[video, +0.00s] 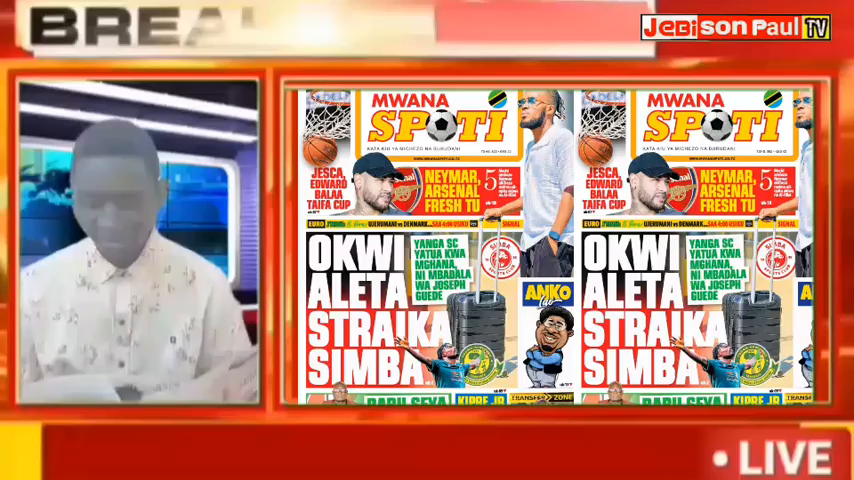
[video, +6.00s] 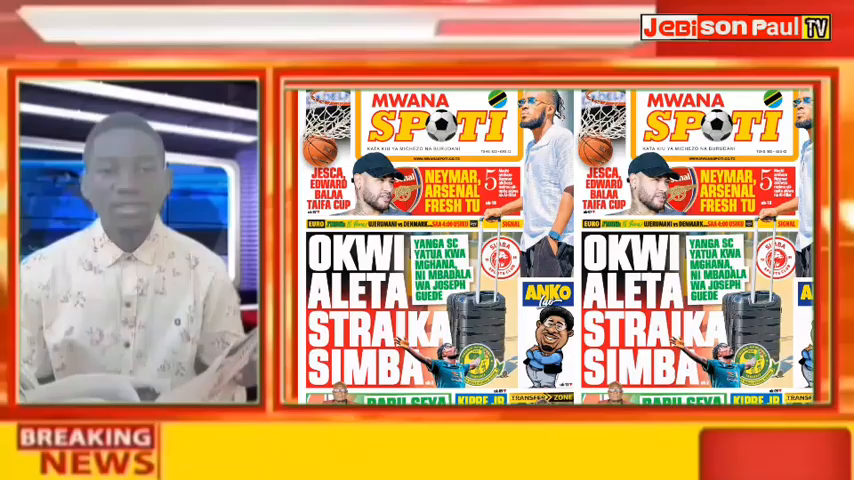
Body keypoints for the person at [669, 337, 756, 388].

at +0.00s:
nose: (729, 348)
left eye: (729, 347)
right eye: (725, 347)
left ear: (731, 351)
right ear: (718, 353)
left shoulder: (737, 366)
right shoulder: (714, 364)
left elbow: (750, 365)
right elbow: (698, 359)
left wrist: (754, 358)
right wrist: (683, 348)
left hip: (737, 401)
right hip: (720, 401)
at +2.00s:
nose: (729, 348)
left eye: (729, 347)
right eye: (725, 347)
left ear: (731, 351)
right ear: (718, 353)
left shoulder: (737, 366)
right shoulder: (714, 364)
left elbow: (750, 365)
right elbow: (698, 359)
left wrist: (754, 359)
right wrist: (684, 348)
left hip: (737, 401)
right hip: (720, 401)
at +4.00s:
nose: (729, 348)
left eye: (729, 347)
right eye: (725, 347)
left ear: (731, 351)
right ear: (718, 353)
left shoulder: (737, 366)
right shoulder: (714, 364)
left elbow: (750, 365)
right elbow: (698, 359)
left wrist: (754, 359)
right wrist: (684, 348)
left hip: (737, 401)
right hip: (720, 401)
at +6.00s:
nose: (729, 348)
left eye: (729, 347)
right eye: (724, 347)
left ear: (731, 351)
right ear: (718, 353)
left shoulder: (737, 366)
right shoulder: (714, 364)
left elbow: (749, 365)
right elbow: (698, 359)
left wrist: (754, 359)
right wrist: (684, 348)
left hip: (736, 401)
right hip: (720, 401)